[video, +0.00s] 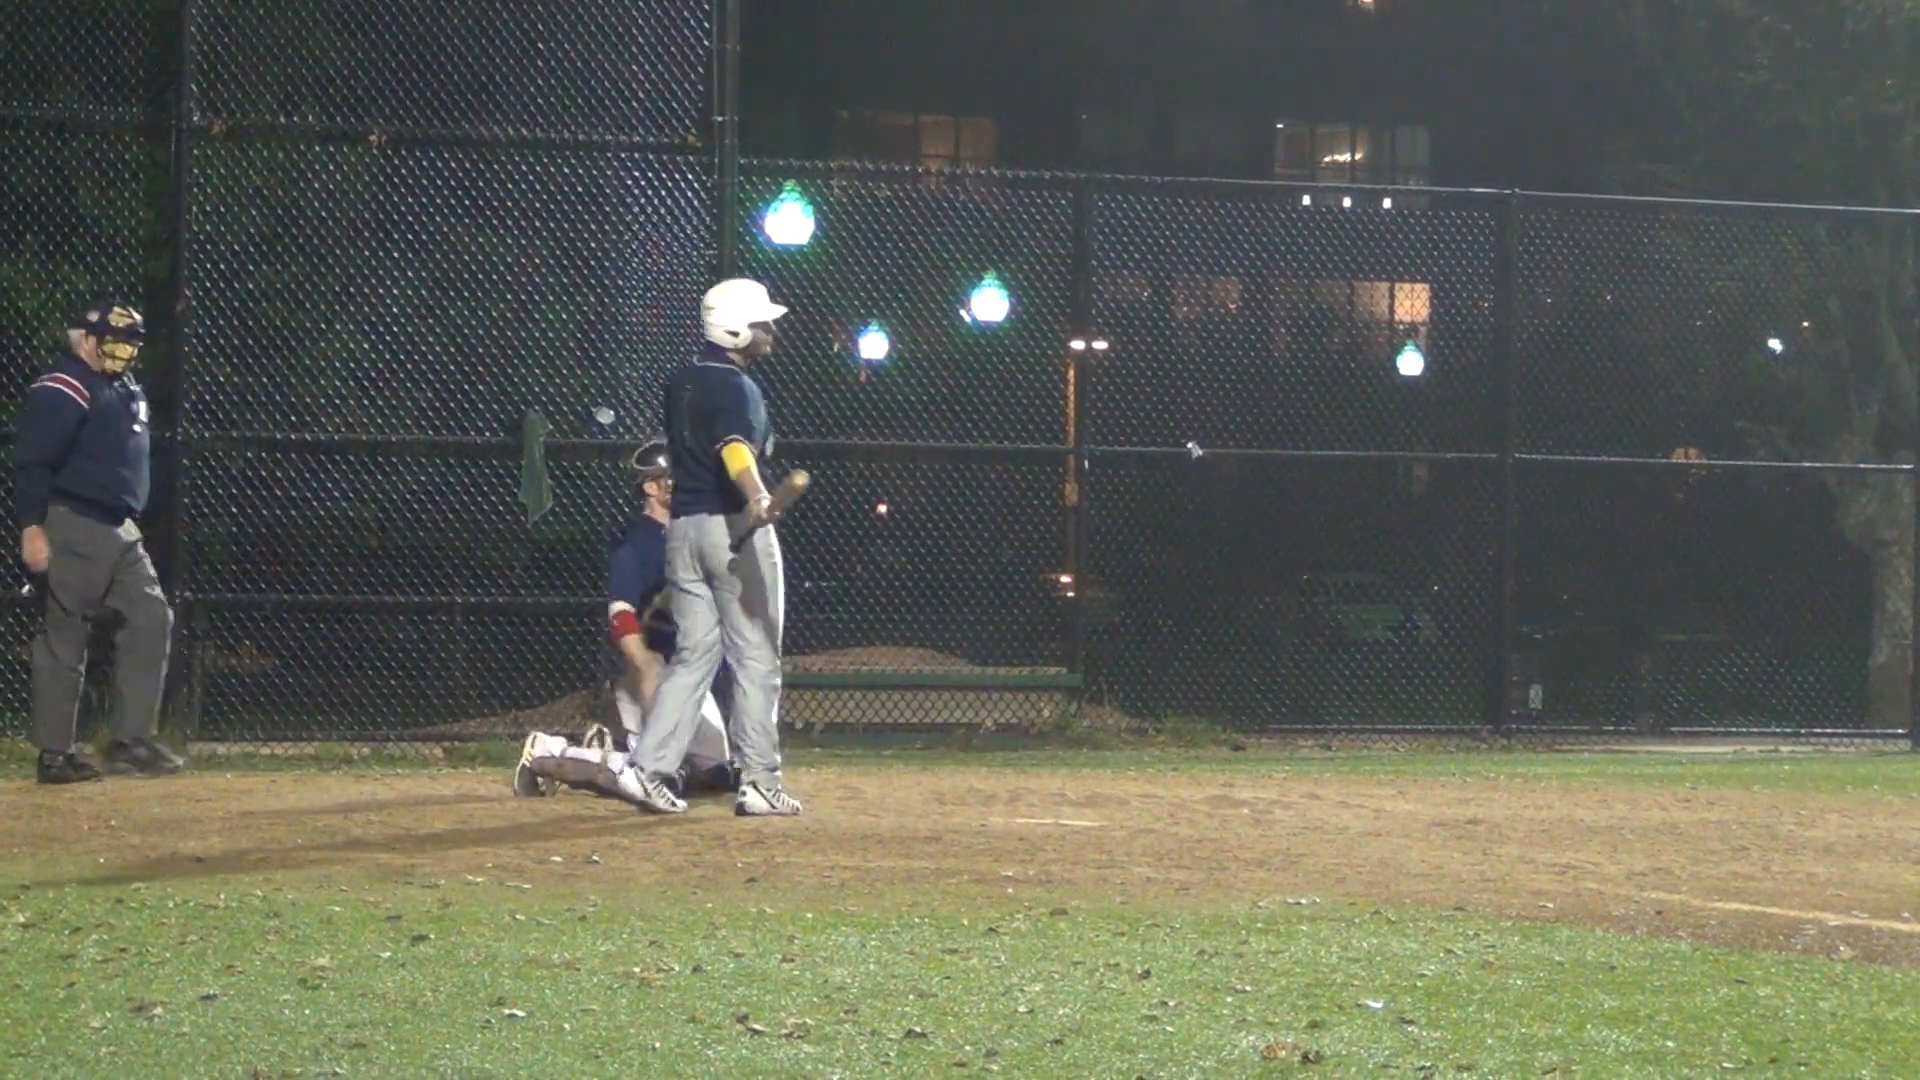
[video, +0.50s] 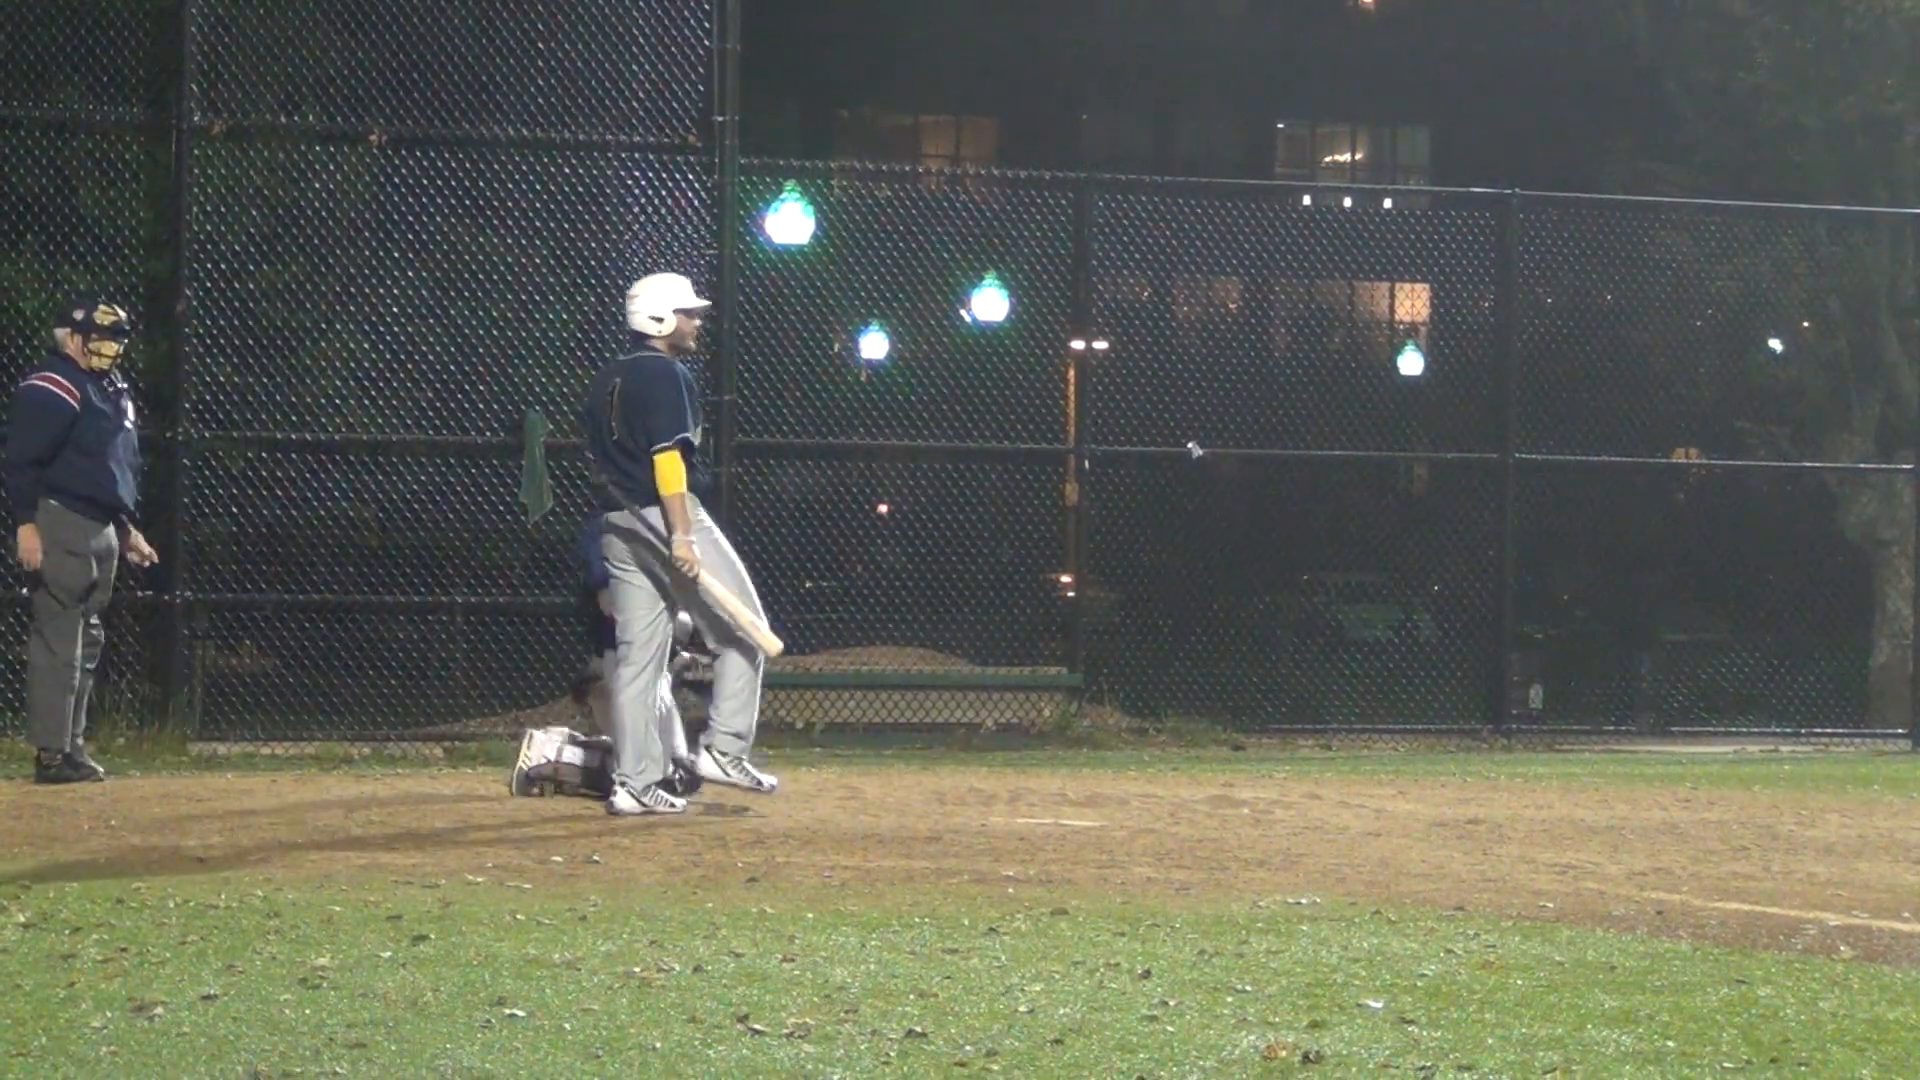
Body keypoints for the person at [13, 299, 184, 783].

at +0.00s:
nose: (119, 351)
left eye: (126, 343)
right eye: (110, 341)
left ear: (134, 347)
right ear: (85, 340)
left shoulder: (127, 389)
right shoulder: (66, 385)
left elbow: (119, 459)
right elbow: (31, 458)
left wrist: (124, 515)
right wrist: (31, 526)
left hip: (119, 528)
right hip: (74, 525)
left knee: (151, 618)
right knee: (65, 633)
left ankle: (133, 740)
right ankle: (57, 753)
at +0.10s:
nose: (117, 354)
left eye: (123, 347)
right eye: (109, 344)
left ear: (127, 349)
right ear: (81, 341)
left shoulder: (121, 391)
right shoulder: (56, 386)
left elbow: (112, 462)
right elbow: (20, 459)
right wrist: (12, 527)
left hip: (114, 530)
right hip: (66, 526)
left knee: (134, 629)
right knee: (61, 636)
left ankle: (97, 742)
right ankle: (55, 751)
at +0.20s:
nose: (111, 352)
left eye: (118, 344)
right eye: (102, 343)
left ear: (123, 347)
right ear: (76, 340)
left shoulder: (119, 391)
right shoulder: (54, 385)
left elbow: (113, 462)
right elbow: (16, 459)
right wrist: (6, 527)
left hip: (109, 527)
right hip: (62, 522)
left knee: (110, 638)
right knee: (60, 636)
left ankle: (79, 745)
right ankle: (54, 751)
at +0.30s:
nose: (107, 349)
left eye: (114, 341)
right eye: (97, 340)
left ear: (120, 345)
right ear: (72, 338)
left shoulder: (119, 393)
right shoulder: (52, 384)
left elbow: (115, 471)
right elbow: (13, 459)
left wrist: (121, 537)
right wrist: (5, 528)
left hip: (103, 529)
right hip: (61, 522)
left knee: (92, 639)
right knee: (59, 635)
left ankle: (70, 748)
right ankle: (52, 753)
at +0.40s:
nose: (106, 348)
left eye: (113, 340)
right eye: (97, 338)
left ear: (119, 343)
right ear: (73, 337)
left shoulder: (117, 391)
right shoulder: (52, 383)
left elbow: (115, 469)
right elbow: (15, 458)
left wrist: (123, 530)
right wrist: (12, 525)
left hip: (102, 526)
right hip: (61, 519)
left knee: (87, 636)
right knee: (58, 631)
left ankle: (70, 746)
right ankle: (51, 752)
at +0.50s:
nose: (106, 348)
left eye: (112, 339)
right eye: (97, 338)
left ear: (119, 343)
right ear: (73, 338)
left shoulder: (114, 389)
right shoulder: (53, 384)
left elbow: (111, 466)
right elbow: (18, 458)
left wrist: (126, 527)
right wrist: (25, 523)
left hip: (100, 525)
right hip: (63, 520)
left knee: (86, 634)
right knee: (58, 632)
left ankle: (70, 745)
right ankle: (51, 752)